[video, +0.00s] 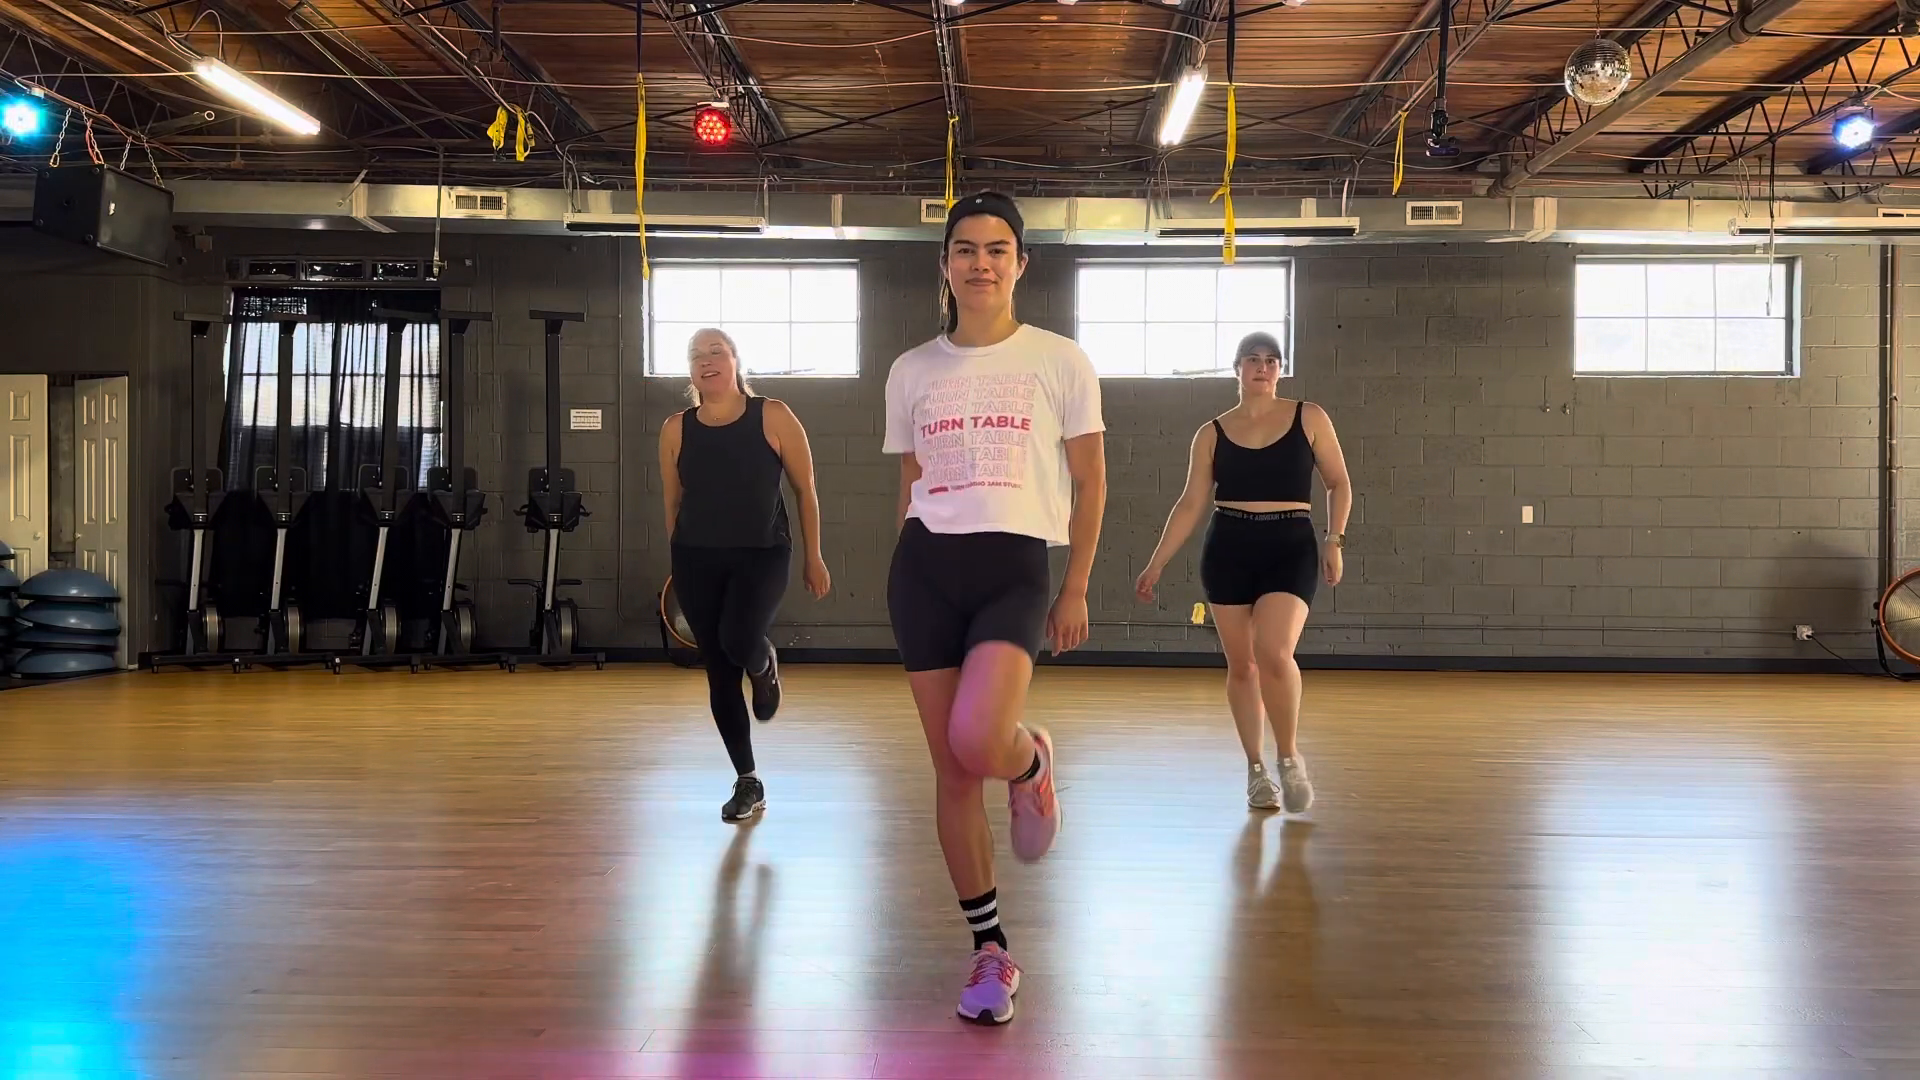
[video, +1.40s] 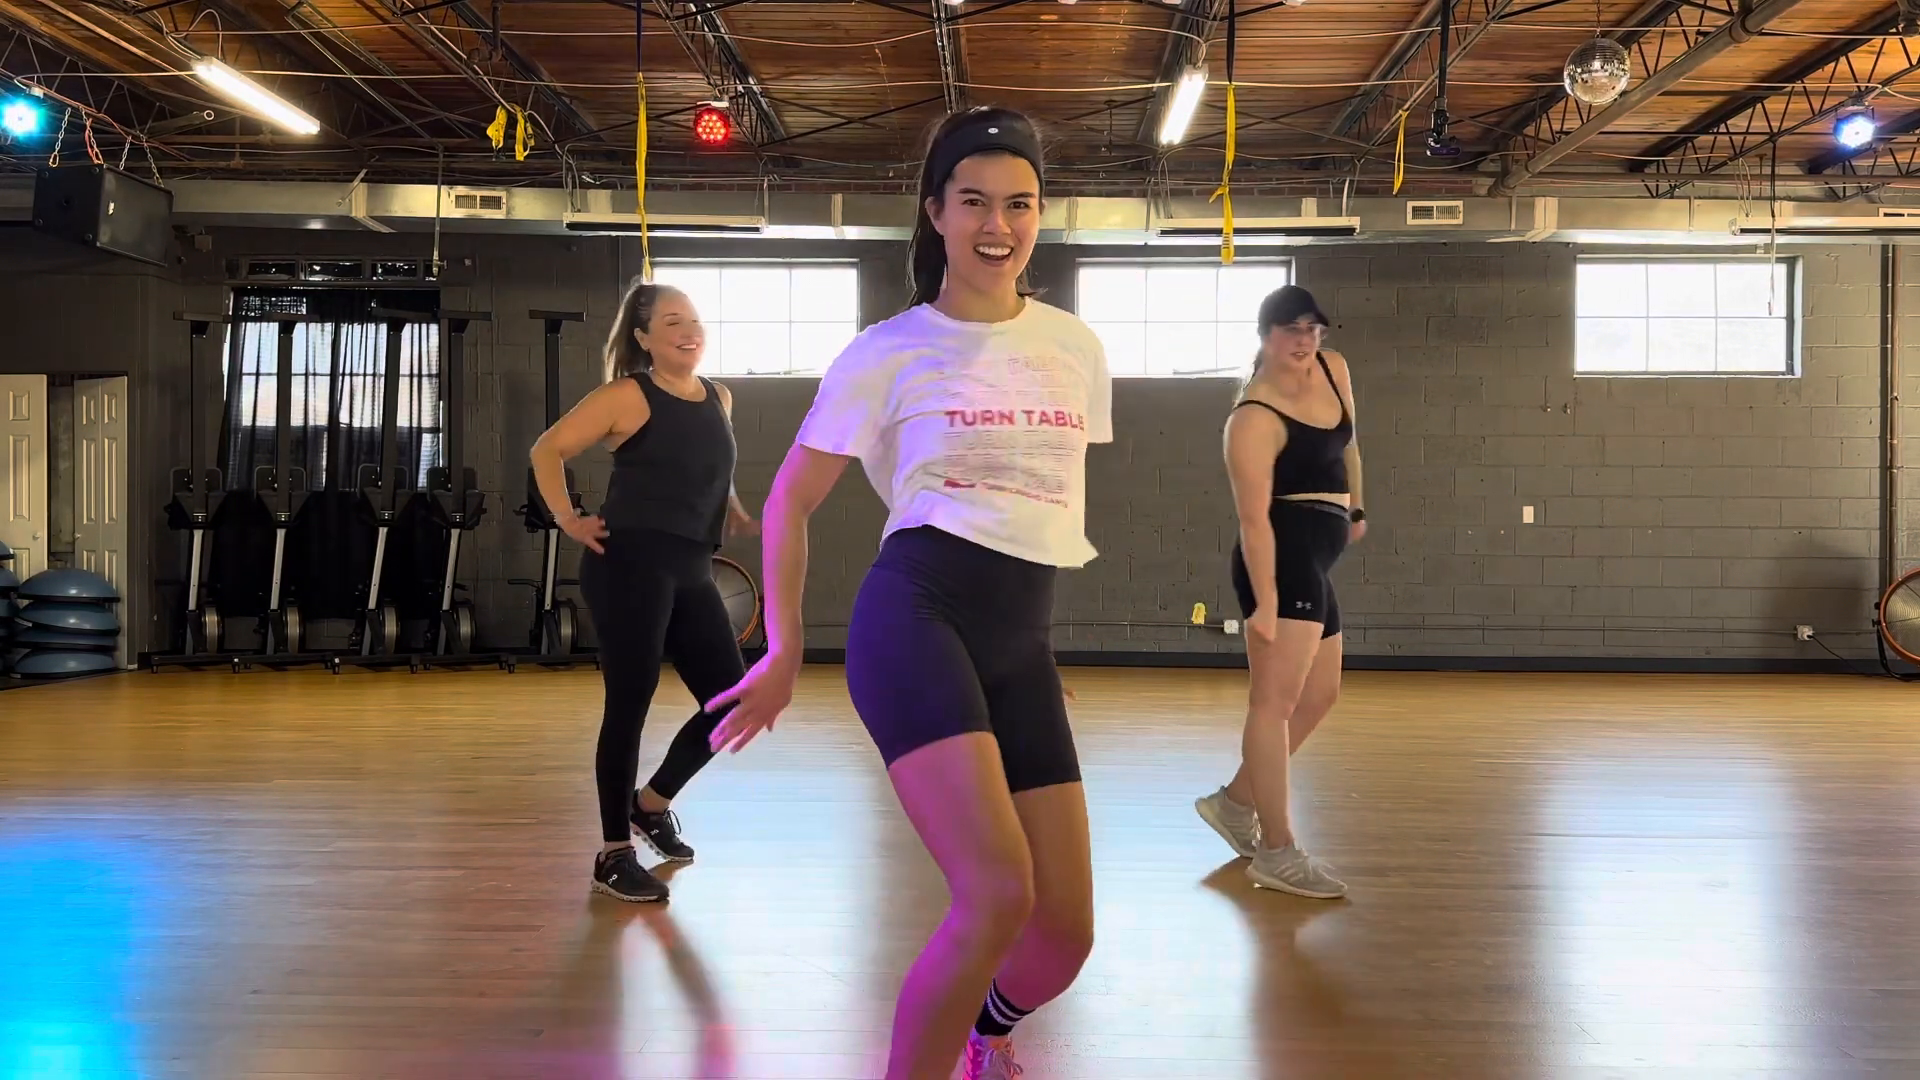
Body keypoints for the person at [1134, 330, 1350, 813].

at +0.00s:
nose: (1262, 367)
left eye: (1270, 361)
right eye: (1253, 360)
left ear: (1281, 371)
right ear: (1237, 370)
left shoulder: (1308, 418)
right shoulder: (1212, 433)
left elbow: (1339, 483)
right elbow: (1190, 504)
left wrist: (1334, 539)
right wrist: (1157, 562)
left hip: (1290, 548)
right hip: (1229, 549)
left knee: (1273, 652)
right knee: (1242, 667)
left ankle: (1288, 758)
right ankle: (1256, 769)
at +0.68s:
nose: (1276, 344)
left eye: (1286, 337)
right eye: (1265, 336)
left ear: (1298, 354)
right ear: (1246, 351)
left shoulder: (1319, 427)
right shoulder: (1212, 413)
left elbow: (1336, 508)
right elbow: (1177, 490)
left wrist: (1389, 545)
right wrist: (1130, 538)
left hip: (1297, 562)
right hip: (1226, 557)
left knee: (1273, 694)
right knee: (1230, 694)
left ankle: (1251, 812)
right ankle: (1209, 768)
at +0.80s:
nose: (1275, 342)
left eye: (1285, 336)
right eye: (1265, 334)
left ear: (1298, 353)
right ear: (1247, 349)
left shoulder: (1317, 420)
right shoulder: (1210, 408)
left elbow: (1364, 476)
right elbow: (1154, 465)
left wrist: (1406, 417)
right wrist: (1094, 416)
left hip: (1298, 548)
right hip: (1227, 546)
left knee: (1278, 691)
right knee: (1267, 653)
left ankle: (1251, 811)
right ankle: (1224, 746)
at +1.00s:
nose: (1265, 335)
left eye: (1275, 328)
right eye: (1255, 327)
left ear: (1288, 341)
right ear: (1237, 339)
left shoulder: (1314, 392)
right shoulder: (1211, 392)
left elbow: (1402, 391)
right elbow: (1130, 381)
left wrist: (1343, 368)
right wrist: (1173, 385)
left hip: (1304, 543)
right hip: (1232, 544)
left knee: (1277, 681)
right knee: (1286, 639)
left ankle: (1253, 809)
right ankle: (1295, 787)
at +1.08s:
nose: (1263, 338)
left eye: (1273, 330)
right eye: (1252, 330)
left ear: (1287, 339)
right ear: (1236, 339)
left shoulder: (1312, 373)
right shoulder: (1214, 390)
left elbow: (1398, 384)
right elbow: (1133, 387)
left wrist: (1346, 412)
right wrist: (1188, 425)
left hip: (1311, 539)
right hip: (1242, 541)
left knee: (1281, 689)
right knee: (1283, 683)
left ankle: (1251, 808)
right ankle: (1299, 828)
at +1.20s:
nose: (1264, 340)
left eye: (1274, 332)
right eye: (1254, 332)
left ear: (1290, 340)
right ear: (1239, 341)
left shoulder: (1316, 370)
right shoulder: (1223, 393)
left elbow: (1377, 428)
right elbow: (1186, 460)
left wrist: (1374, 502)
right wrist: (1223, 523)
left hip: (1322, 544)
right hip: (1258, 543)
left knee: (1295, 705)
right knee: (1265, 700)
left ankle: (1249, 801)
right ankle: (1287, 846)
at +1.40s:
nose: (1305, 342)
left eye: (1313, 330)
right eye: (1292, 332)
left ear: (1323, 333)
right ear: (1266, 337)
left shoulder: (1332, 369)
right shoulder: (1254, 421)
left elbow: (1347, 442)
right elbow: (1253, 521)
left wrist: (1354, 506)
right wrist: (1266, 604)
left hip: (1316, 554)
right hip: (1277, 559)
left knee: (1318, 693)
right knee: (1271, 703)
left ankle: (1236, 800)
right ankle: (1277, 850)